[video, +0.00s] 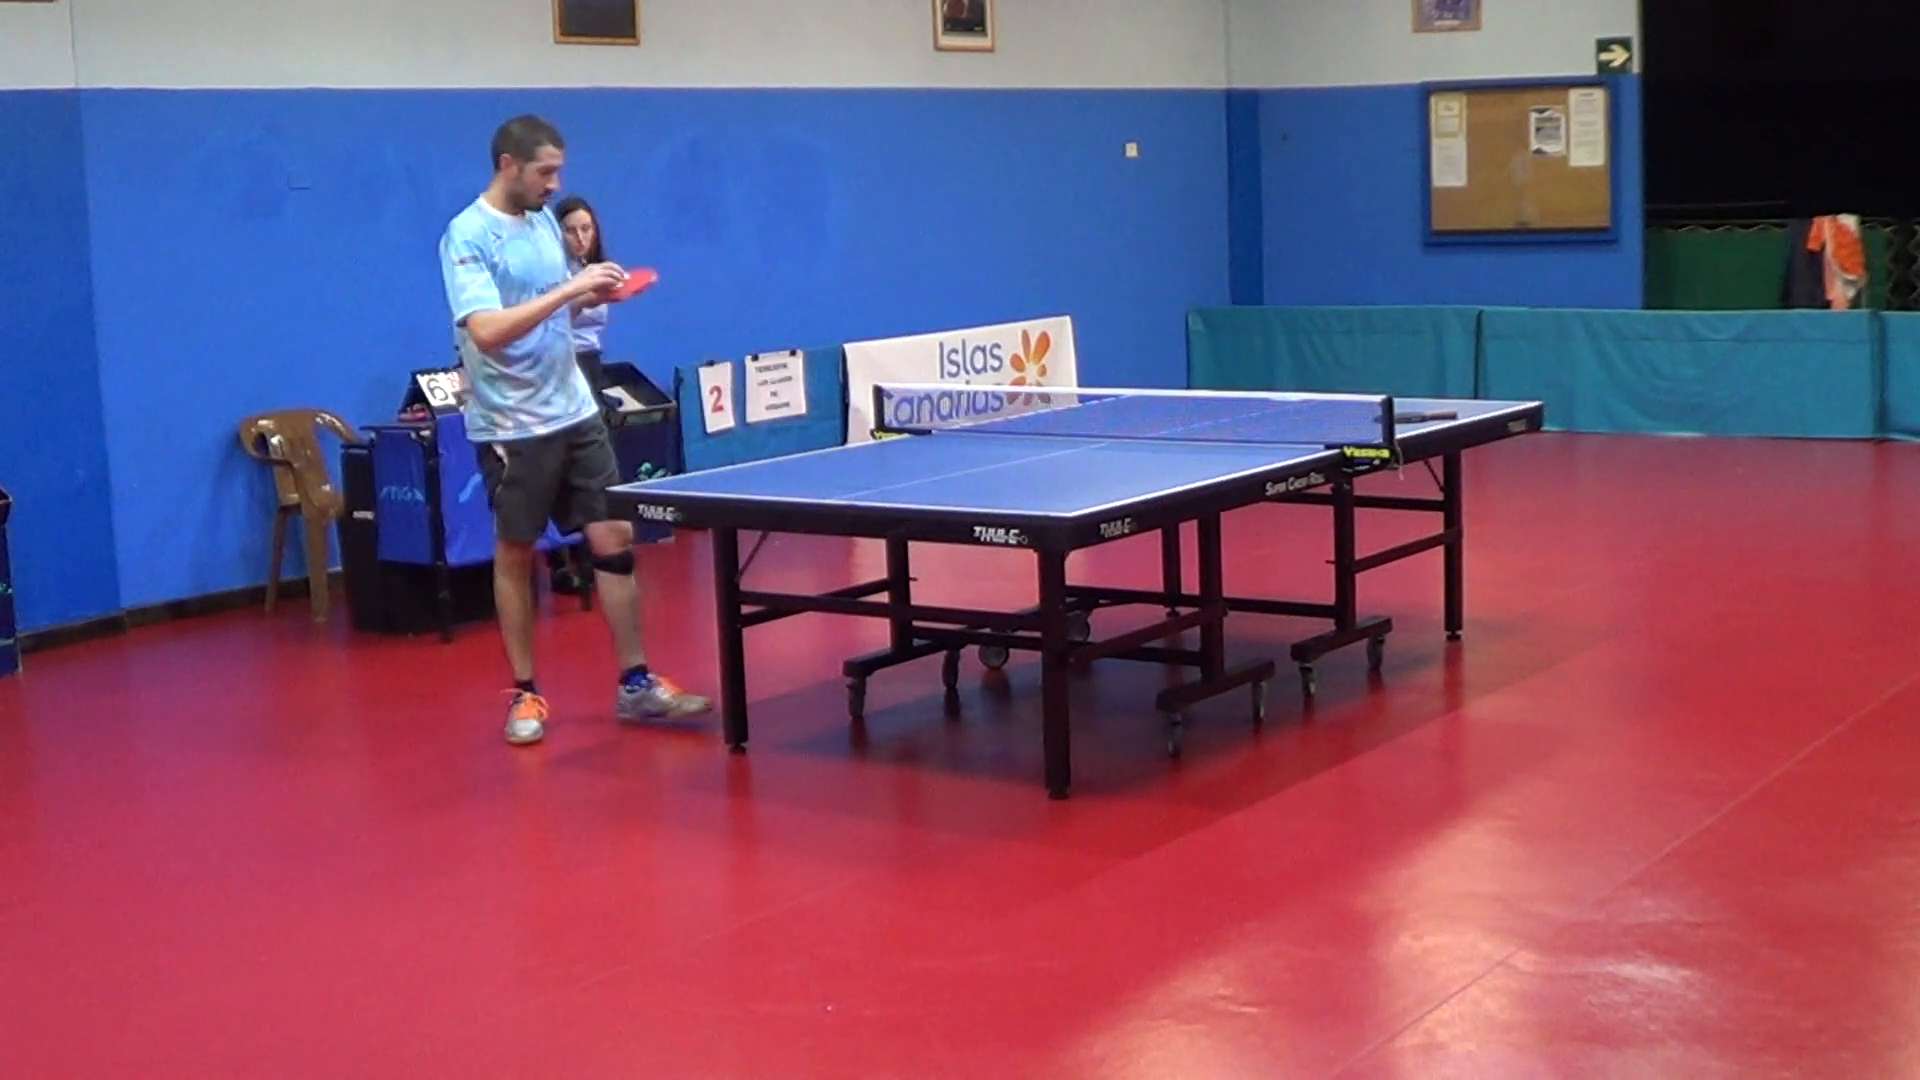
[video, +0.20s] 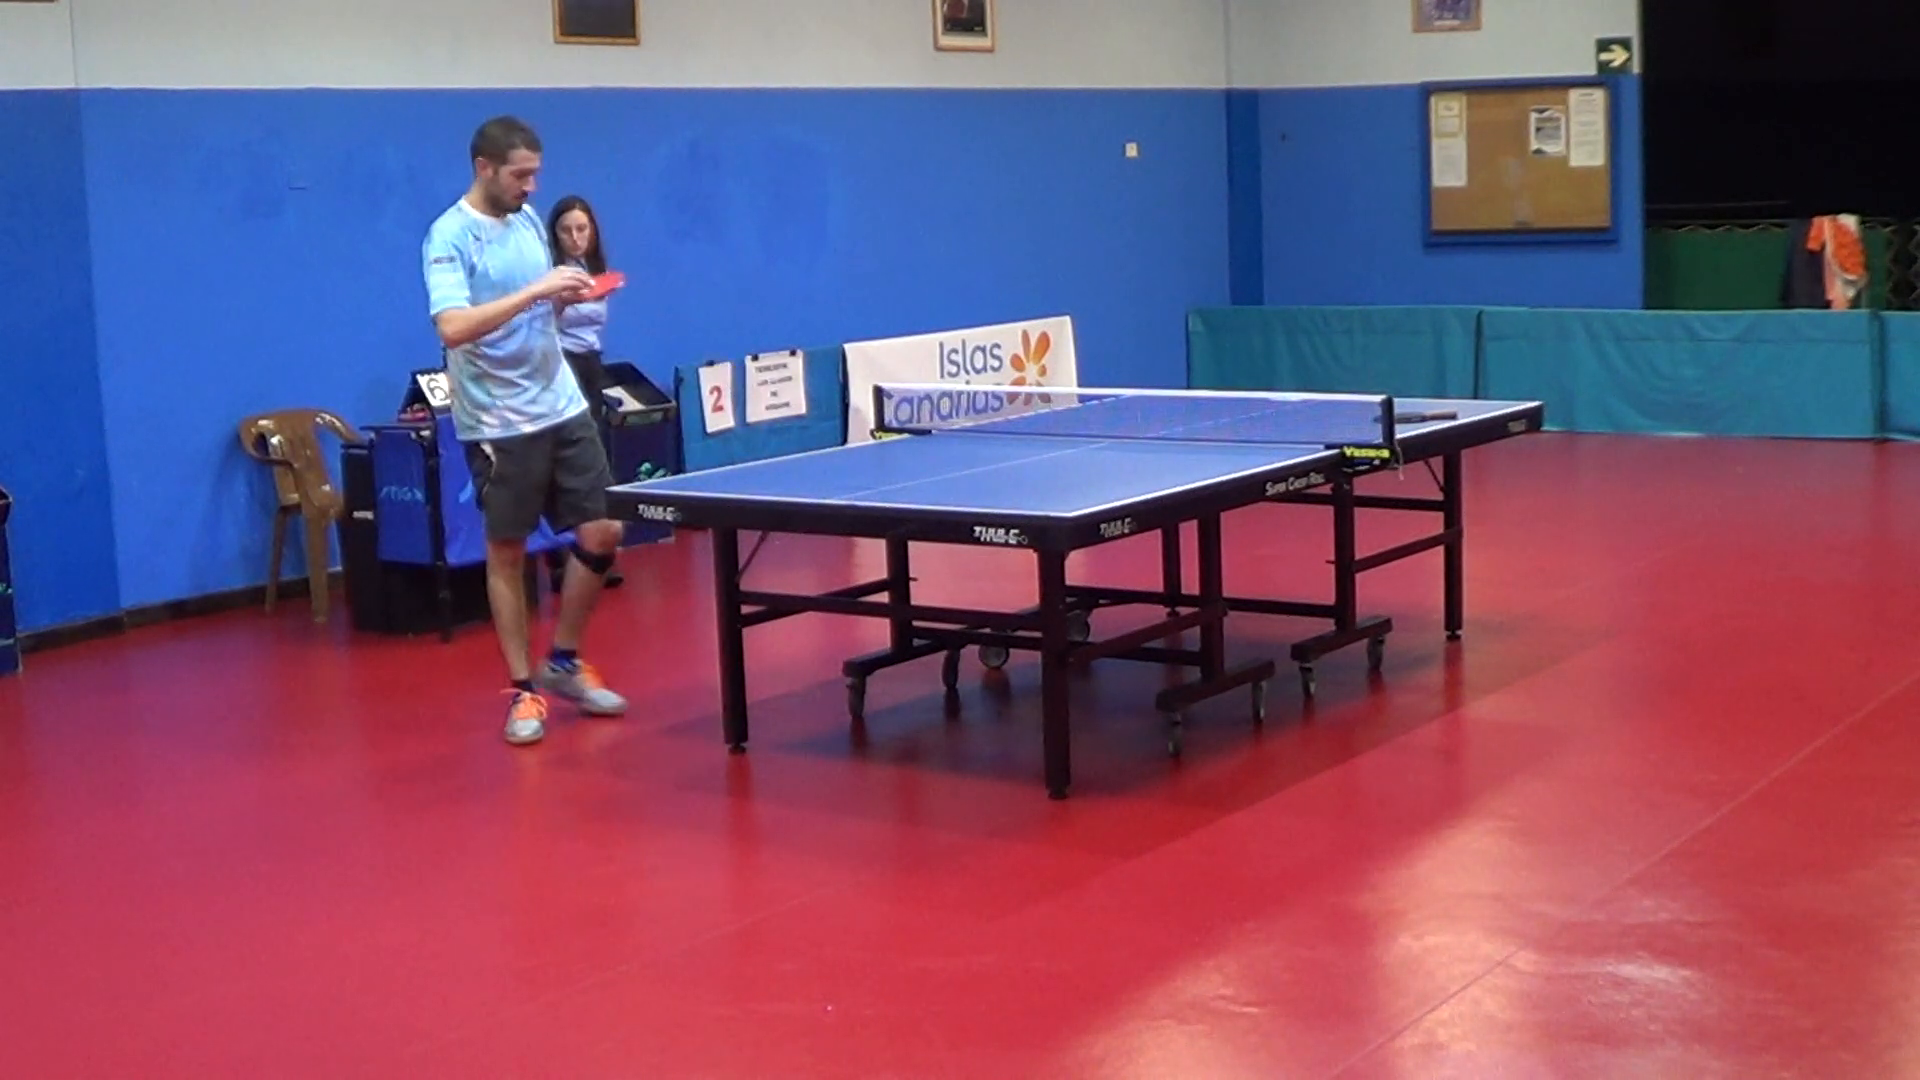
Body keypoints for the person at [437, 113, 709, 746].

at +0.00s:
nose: (553, 183)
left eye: (557, 173)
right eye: (545, 172)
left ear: (536, 169)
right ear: (508, 166)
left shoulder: (544, 221)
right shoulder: (465, 235)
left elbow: (553, 307)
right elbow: (487, 333)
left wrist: (594, 290)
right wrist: (570, 291)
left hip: (576, 408)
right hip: (513, 425)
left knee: (614, 538)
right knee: (516, 553)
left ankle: (636, 684)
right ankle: (526, 693)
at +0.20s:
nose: (529, 186)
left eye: (533, 175)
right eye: (520, 175)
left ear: (529, 172)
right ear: (483, 168)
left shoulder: (527, 219)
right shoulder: (447, 238)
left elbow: (534, 301)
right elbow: (452, 329)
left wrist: (571, 291)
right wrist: (538, 292)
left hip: (563, 403)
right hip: (501, 422)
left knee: (600, 534)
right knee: (508, 551)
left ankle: (564, 660)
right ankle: (522, 689)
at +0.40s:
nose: (516, 184)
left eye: (520, 173)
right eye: (505, 173)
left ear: (519, 169)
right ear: (471, 169)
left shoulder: (528, 223)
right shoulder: (435, 235)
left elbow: (549, 311)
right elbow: (401, 314)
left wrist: (559, 302)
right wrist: (480, 285)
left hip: (554, 403)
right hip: (488, 416)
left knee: (579, 534)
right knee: (502, 550)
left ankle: (529, 633)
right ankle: (522, 688)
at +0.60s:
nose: (492, 188)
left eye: (500, 177)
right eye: (482, 179)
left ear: (510, 169)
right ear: (459, 173)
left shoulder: (534, 225)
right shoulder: (434, 232)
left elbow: (571, 317)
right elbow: (402, 310)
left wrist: (551, 298)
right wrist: (475, 272)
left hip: (537, 407)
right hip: (472, 410)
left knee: (528, 546)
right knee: (497, 543)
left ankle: (514, 661)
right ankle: (517, 684)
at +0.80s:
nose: (472, 192)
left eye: (479, 180)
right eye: (461, 182)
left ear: (499, 168)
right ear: (448, 175)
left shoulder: (534, 226)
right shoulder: (429, 230)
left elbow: (572, 316)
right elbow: (381, 308)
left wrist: (530, 294)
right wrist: (451, 288)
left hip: (518, 404)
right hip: (451, 404)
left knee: (508, 539)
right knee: (463, 535)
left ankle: (508, 663)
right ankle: (476, 677)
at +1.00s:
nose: (447, 195)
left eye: (453, 183)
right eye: (436, 186)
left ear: (476, 169)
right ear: (426, 180)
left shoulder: (520, 224)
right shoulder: (412, 230)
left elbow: (558, 311)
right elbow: (347, 299)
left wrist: (505, 294)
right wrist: (394, 286)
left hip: (501, 407)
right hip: (431, 408)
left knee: (501, 535)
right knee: (419, 533)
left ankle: (507, 664)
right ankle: (412, 673)